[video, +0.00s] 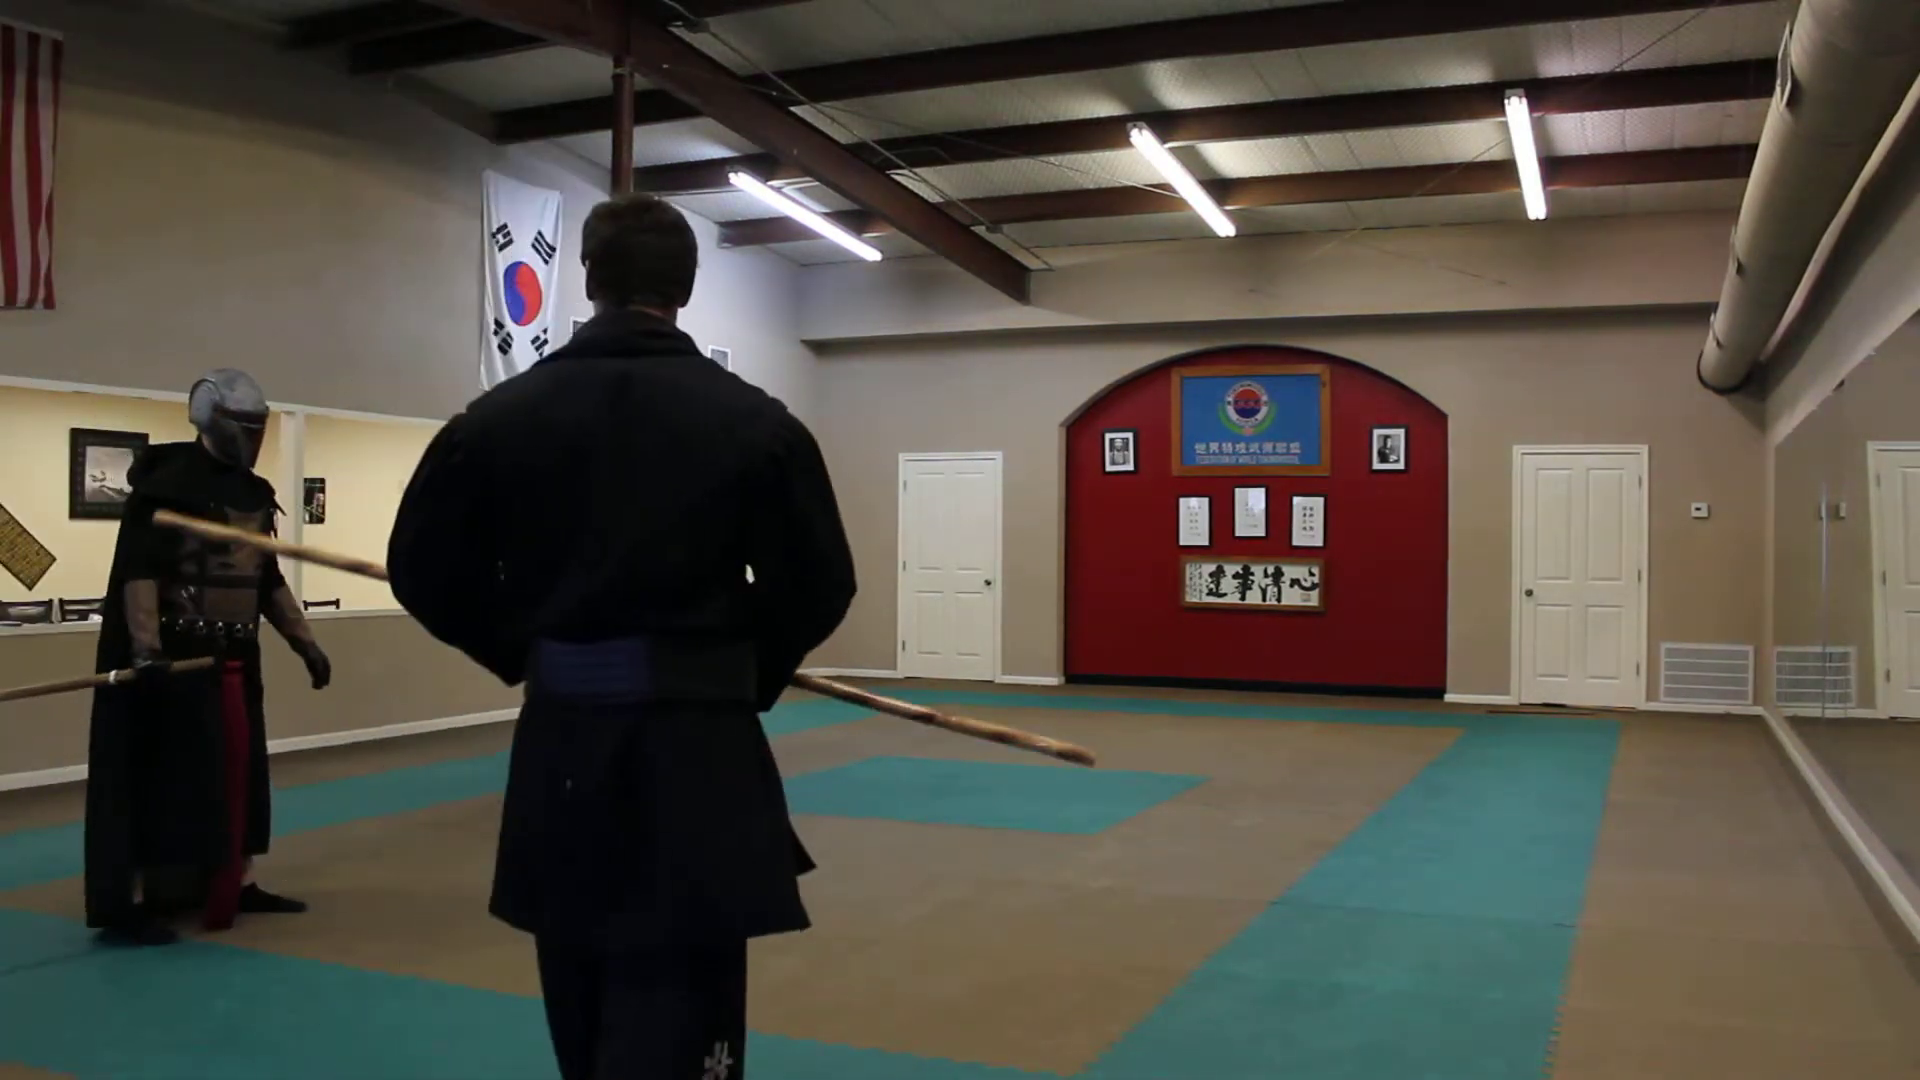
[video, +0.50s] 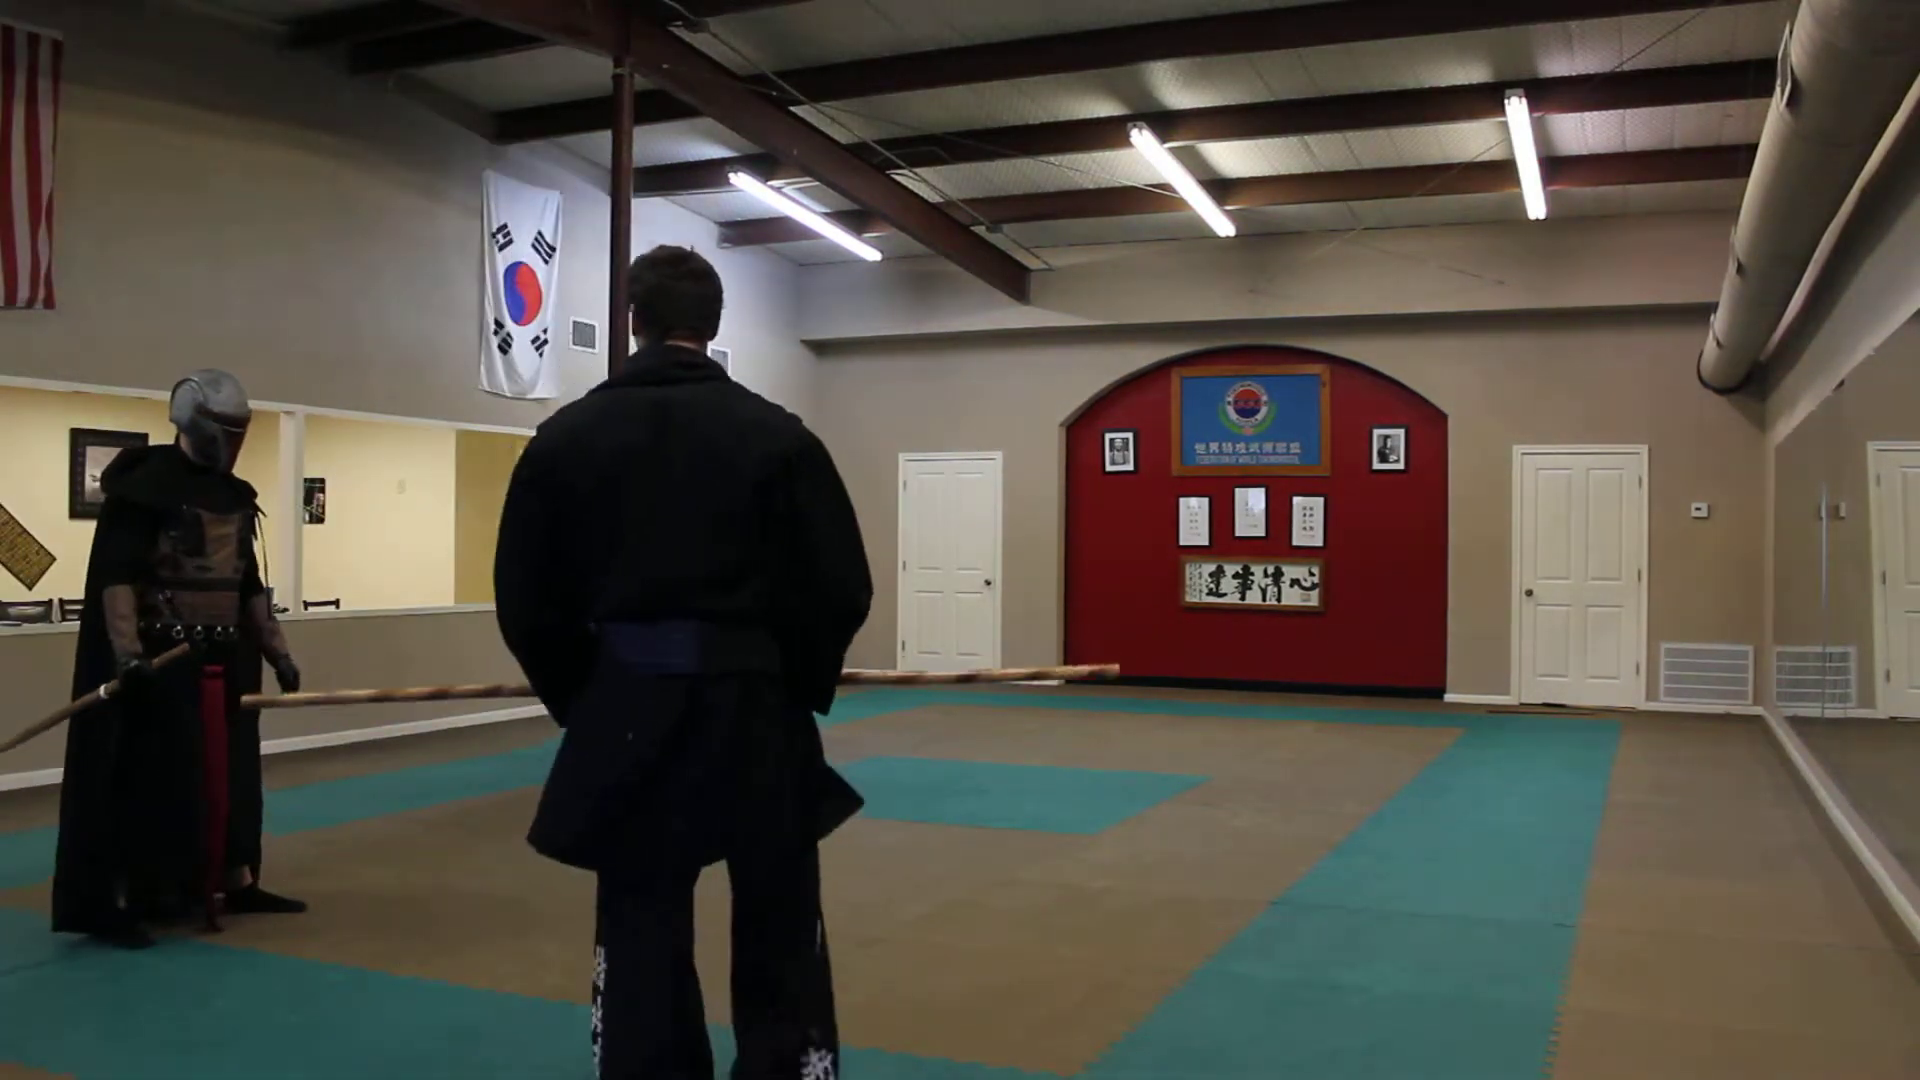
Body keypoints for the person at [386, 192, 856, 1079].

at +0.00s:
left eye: (589, 271)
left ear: (587, 281)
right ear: (685, 287)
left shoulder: (500, 418)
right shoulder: (752, 421)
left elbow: (422, 567)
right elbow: (818, 583)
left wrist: (525, 647)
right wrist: (739, 673)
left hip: (563, 750)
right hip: (701, 753)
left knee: (581, 999)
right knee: (692, 1001)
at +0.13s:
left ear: (602, 304)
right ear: (695, 308)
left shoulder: (524, 435)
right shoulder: (759, 438)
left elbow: (448, 593)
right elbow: (819, 599)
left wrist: (525, 664)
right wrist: (744, 683)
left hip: (589, 758)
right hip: (718, 758)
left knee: (622, 1006)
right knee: (704, 1014)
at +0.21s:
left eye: (609, 297)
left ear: (606, 307)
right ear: (697, 311)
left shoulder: (534, 437)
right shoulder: (762, 437)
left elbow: (470, 608)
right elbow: (822, 598)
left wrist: (538, 700)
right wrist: (754, 693)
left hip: (596, 757)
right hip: (723, 754)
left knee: (624, 995)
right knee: (714, 1004)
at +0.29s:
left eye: (612, 301)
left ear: (609, 312)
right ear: (699, 315)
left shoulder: (540, 440)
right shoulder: (767, 436)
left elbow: (495, 618)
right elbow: (831, 593)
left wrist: (558, 729)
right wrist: (767, 699)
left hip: (599, 756)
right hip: (734, 752)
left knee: (626, 994)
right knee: (738, 974)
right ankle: (709, 1066)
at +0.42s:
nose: (616, 320)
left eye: (615, 309)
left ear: (619, 318)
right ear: (707, 323)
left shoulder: (553, 435)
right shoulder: (770, 432)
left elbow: (515, 610)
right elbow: (837, 589)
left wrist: (585, 722)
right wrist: (782, 702)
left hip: (615, 741)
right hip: (751, 740)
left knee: (633, 960)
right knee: (765, 955)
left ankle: (644, 1072)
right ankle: (754, 1072)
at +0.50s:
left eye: (632, 315)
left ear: (631, 324)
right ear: (717, 327)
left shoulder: (566, 438)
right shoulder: (780, 437)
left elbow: (524, 601)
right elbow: (843, 591)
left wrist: (591, 711)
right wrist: (793, 696)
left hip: (629, 732)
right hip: (762, 733)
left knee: (642, 952)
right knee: (781, 948)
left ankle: (649, 1074)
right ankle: (787, 1072)